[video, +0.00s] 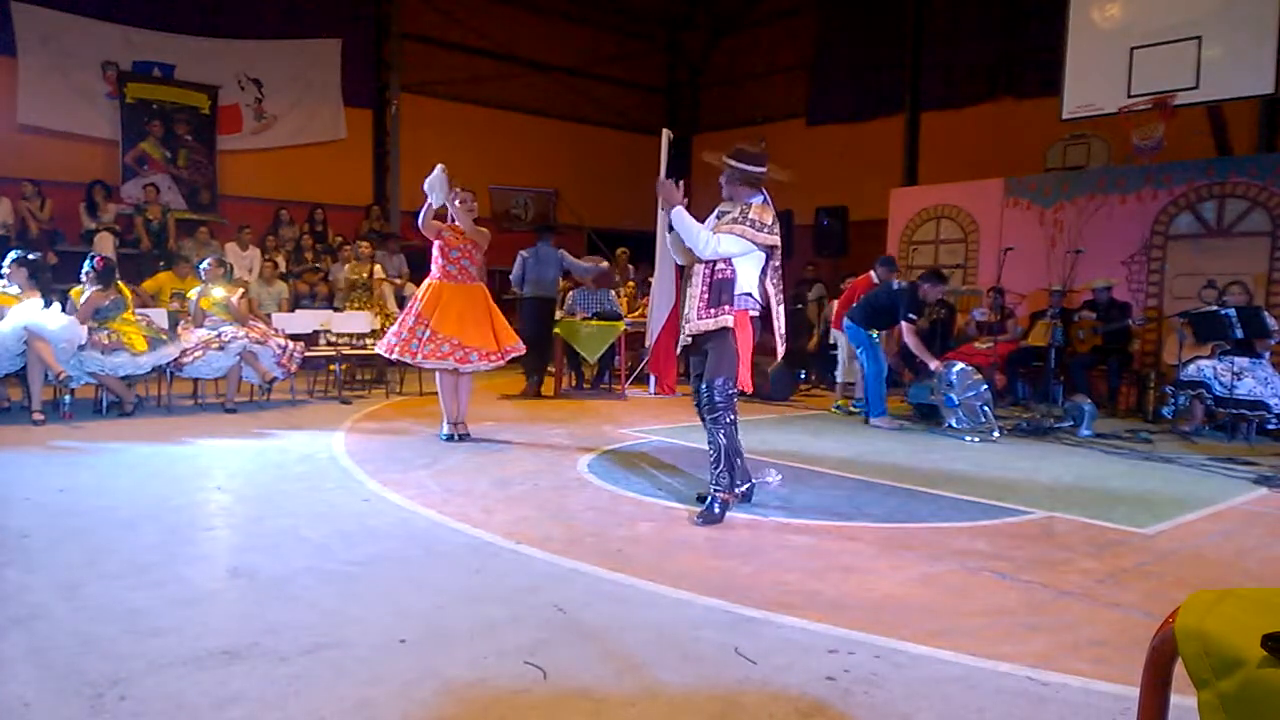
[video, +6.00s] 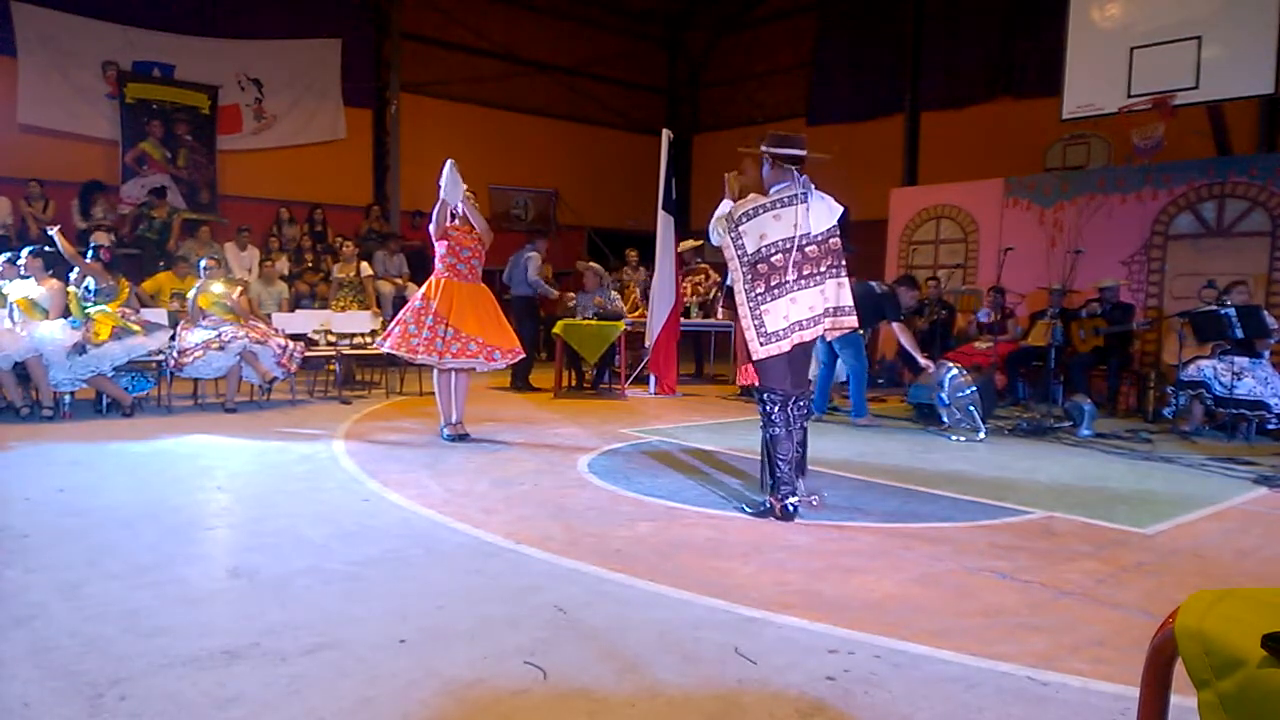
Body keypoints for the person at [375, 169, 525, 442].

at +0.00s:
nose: (470, 205)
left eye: (473, 201)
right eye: (464, 202)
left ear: (478, 207)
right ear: (453, 207)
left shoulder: (482, 235)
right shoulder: (441, 230)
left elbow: (470, 231)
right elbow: (424, 224)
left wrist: (454, 207)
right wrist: (431, 201)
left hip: (470, 298)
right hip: (442, 296)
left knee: (465, 365)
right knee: (445, 364)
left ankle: (461, 420)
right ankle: (448, 420)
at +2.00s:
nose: (457, 207)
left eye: (460, 204)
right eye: (452, 202)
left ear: (466, 207)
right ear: (445, 205)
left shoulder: (475, 232)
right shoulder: (436, 232)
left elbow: (489, 234)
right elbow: (436, 234)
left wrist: (469, 210)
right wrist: (450, 205)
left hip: (473, 297)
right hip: (446, 296)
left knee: (468, 363)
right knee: (447, 363)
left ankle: (461, 420)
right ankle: (447, 420)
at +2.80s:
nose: (450, 206)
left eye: (456, 202)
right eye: (446, 202)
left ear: (465, 206)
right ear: (440, 207)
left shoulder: (475, 232)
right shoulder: (437, 235)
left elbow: (504, 251)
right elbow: (455, 248)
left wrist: (494, 221)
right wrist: (481, 228)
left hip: (472, 299)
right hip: (446, 299)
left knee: (468, 365)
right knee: (447, 364)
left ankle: (461, 421)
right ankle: (447, 422)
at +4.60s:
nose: (462, 207)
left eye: (466, 202)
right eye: (457, 202)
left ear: (469, 203)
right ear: (450, 200)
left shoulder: (479, 233)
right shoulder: (438, 229)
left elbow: (487, 236)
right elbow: (442, 228)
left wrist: (472, 205)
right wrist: (451, 202)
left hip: (469, 297)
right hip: (443, 296)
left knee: (462, 365)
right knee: (442, 364)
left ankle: (458, 421)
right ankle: (446, 422)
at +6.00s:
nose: (467, 205)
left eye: (471, 201)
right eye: (463, 201)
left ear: (475, 208)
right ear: (454, 207)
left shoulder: (481, 237)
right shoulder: (442, 232)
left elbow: (485, 231)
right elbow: (438, 223)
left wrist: (466, 203)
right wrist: (445, 198)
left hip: (470, 296)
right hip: (444, 293)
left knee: (463, 364)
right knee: (444, 362)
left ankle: (458, 421)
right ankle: (446, 422)